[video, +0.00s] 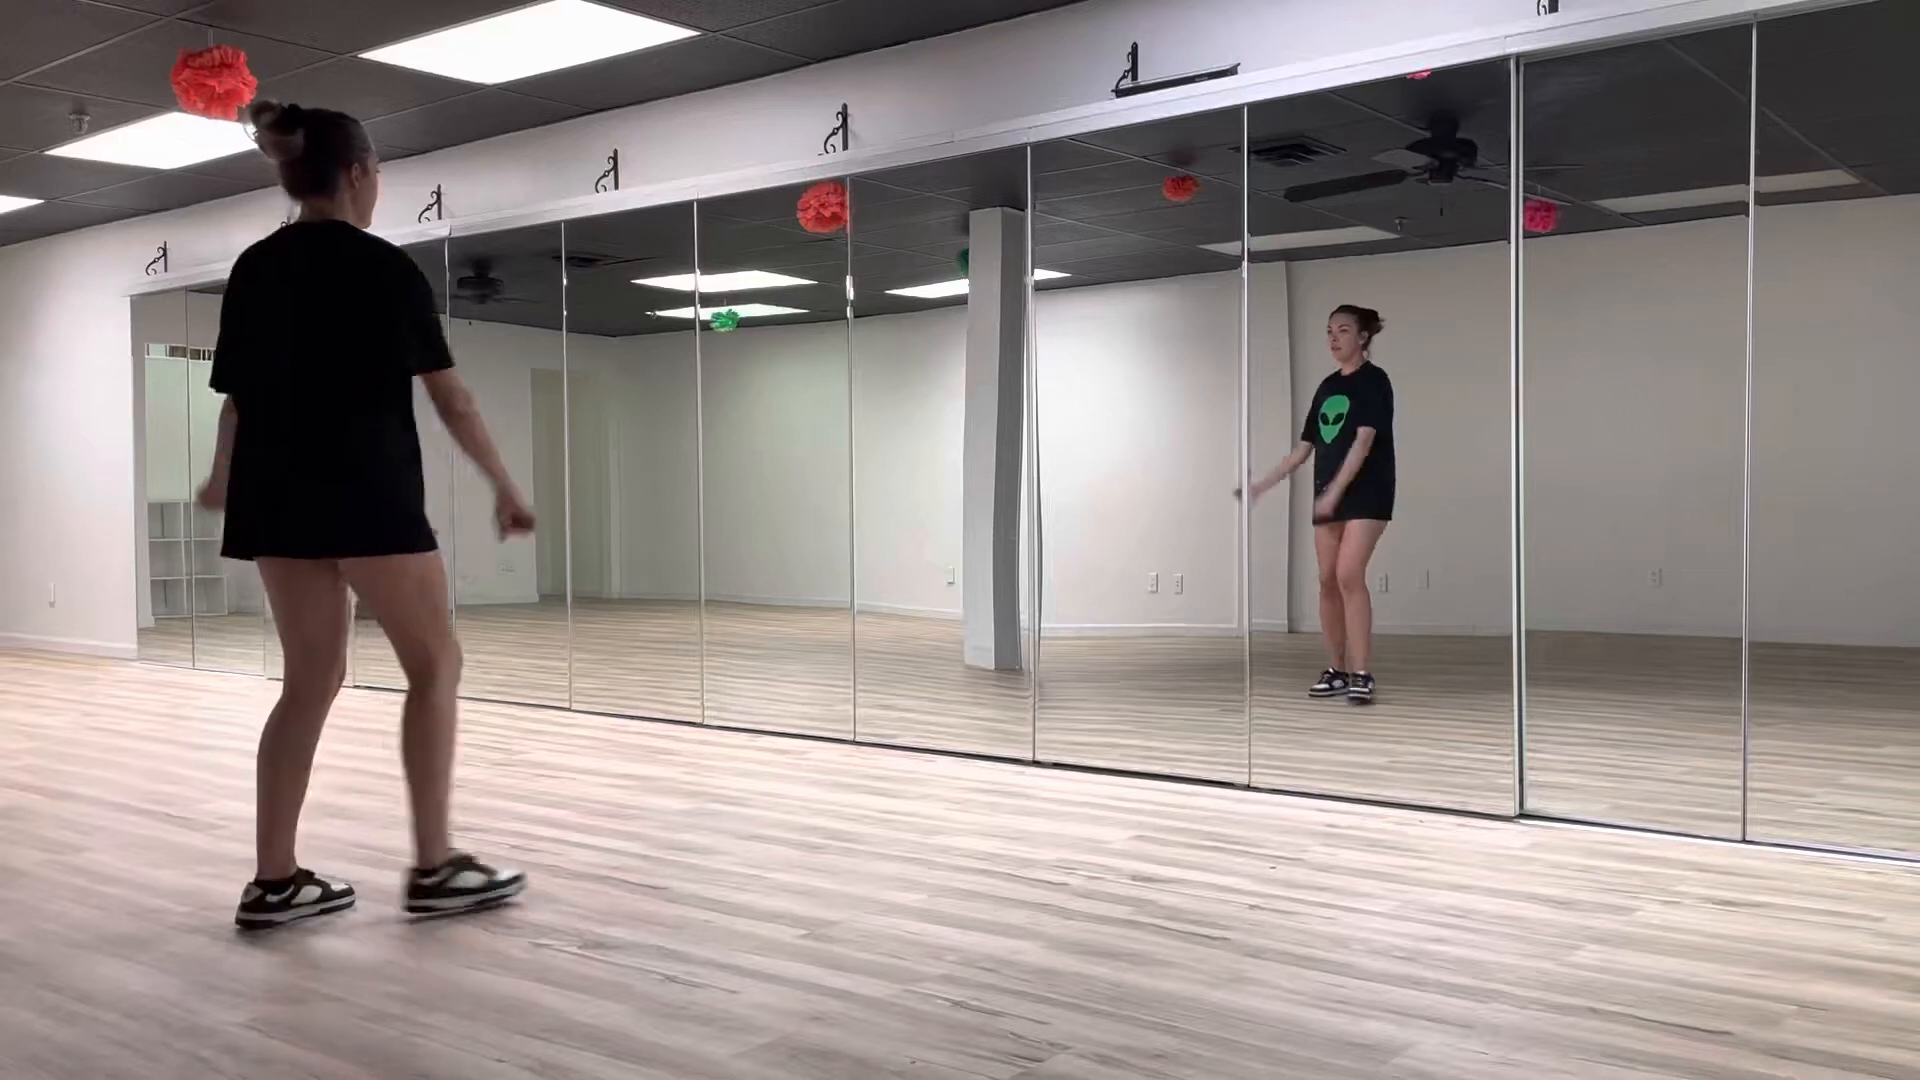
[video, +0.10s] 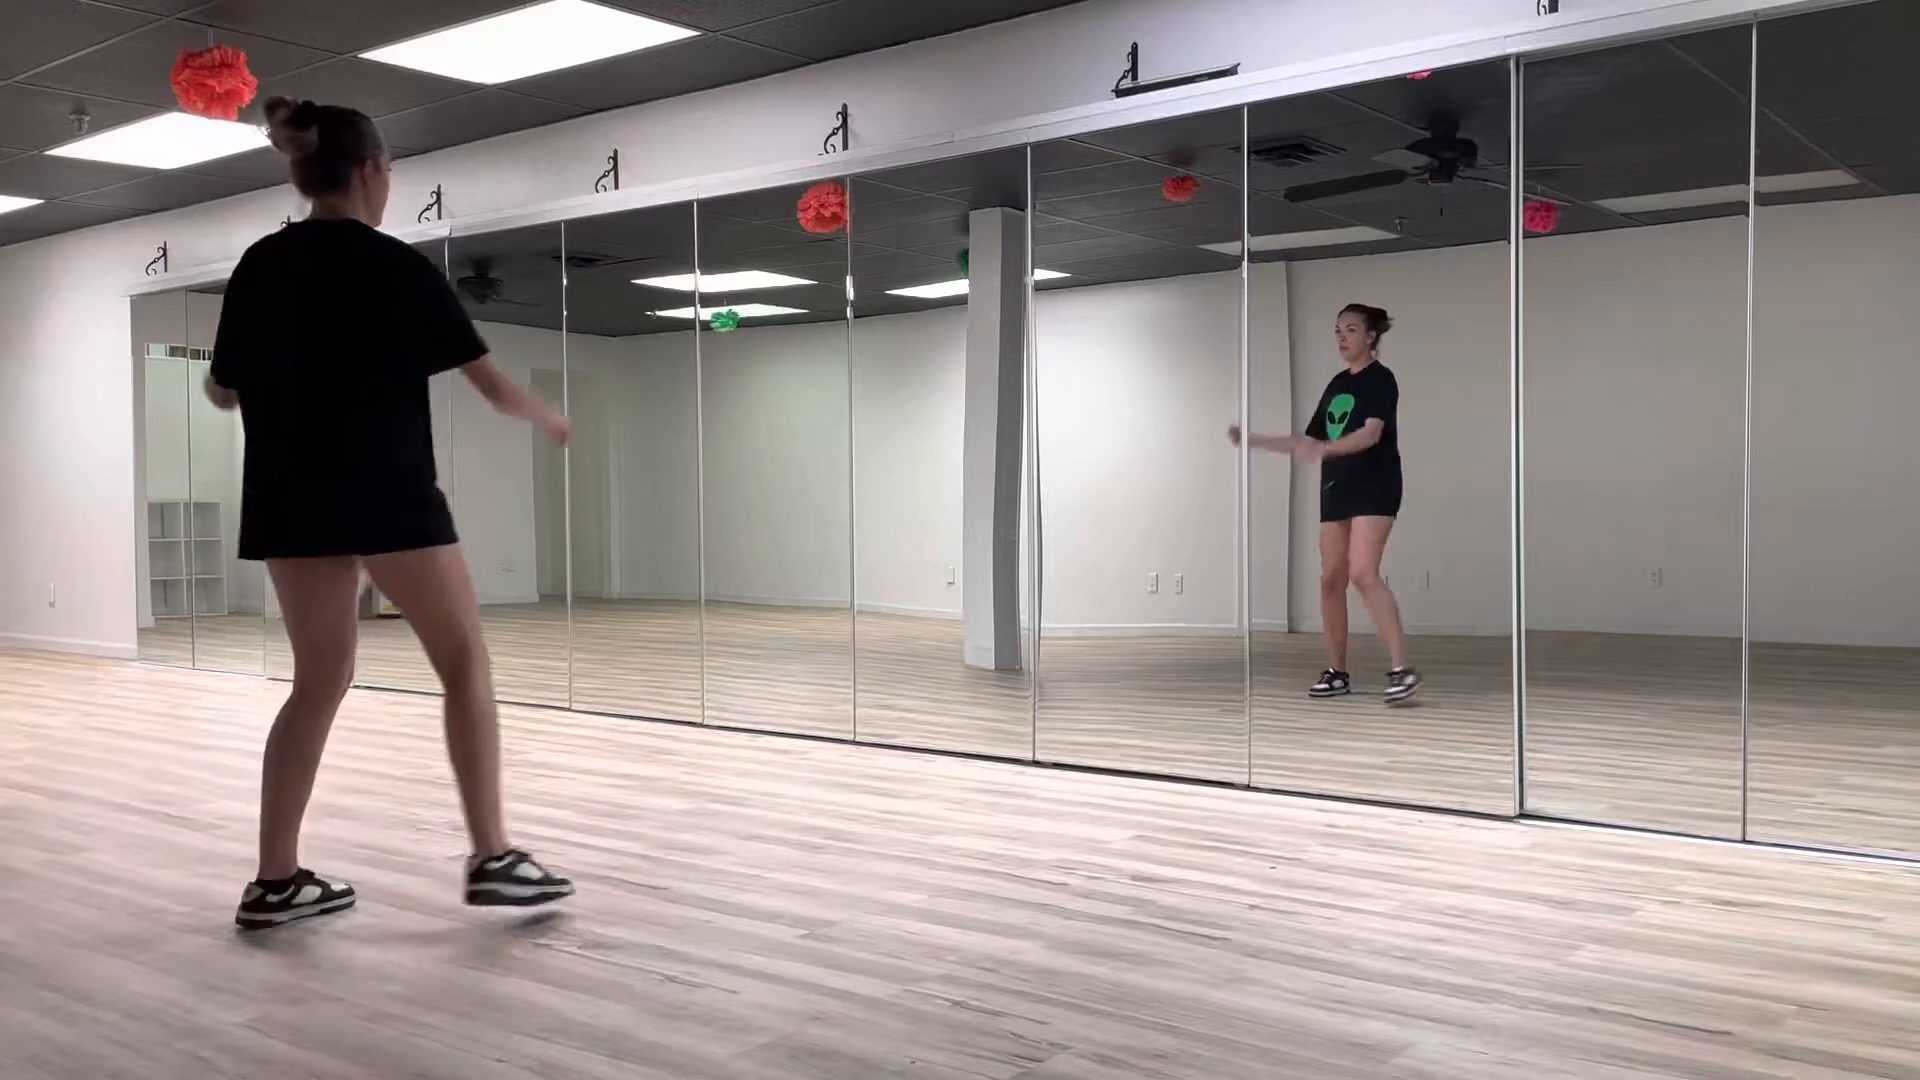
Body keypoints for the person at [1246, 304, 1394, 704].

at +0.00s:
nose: (1335, 338)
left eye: (1343, 331)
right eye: (1331, 332)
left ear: (1363, 336)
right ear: (1328, 339)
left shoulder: (1375, 381)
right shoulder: (1327, 387)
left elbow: (1363, 443)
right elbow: (1302, 449)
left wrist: (1333, 491)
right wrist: (1264, 482)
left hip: (1368, 491)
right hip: (1329, 491)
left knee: (1350, 576)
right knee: (1328, 579)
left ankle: (1361, 674)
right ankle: (1337, 671)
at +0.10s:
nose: (1343, 338)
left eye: (1351, 331)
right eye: (1339, 332)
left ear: (1372, 336)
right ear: (1337, 338)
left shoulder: (1381, 379)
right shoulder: (1337, 385)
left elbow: (1371, 434)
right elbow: (1308, 443)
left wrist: (1326, 449)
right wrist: (1253, 439)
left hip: (1375, 487)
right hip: (1336, 489)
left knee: (1364, 574)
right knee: (1332, 580)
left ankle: (1400, 670)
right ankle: (1338, 673)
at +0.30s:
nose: (1364, 341)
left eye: (1372, 333)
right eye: (1360, 335)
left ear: (1393, 338)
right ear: (1359, 340)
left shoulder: (1399, 375)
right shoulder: (1371, 384)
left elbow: (1422, 399)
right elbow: (1358, 418)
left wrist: (1367, 383)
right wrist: (1326, 394)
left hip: (1397, 490)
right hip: (1366, 493)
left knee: (1412, 580)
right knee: (1333, 580)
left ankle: (1482, 663)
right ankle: (1341, 673)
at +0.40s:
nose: (1376, 350)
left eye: (1384, 343)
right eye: (1372, 345)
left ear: (1405, 348)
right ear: (1371, 351)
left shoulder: (1417, 383)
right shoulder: (1384, 393)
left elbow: (1456, 387)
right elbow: (1378, 404)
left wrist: (1403, 386)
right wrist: (1361, 403)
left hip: (1416, 500)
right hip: (1386, 505)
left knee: (1441, 588)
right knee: (1338, 581)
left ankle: (1506, 673)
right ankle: (1343, 676)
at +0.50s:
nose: (1385, 365)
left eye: (1393, 357)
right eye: (1381, 358)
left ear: (1415, 361)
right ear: (1381, 363)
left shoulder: (1425, 396)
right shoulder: (1397, 404)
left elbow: (1475, 393)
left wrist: (1425, 403)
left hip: (1432, 515)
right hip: (1404, 519)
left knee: (1451, 601)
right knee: (1347, 584)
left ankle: (1518, 678)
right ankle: (1344, 676)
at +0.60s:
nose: (1389, 372)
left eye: (1398, 364)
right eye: (1386, 365)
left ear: (1419, 369)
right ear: (1385, 370)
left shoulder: (1433, 404)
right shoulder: (1402, 412)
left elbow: (1483, 408)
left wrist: (1432, 429)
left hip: (1440, 524)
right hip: (1410, 527)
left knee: (1453, 607)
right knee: (1349, 585)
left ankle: (1520, 681)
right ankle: (1346, 676)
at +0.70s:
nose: (1387, 370)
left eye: (1396, 362)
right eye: (1384, 363)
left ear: (1418, 367)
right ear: (1382, 368)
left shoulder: (1431, 405)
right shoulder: (1396, 411)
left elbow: (1475, 425)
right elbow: (1412, 454)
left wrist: (1431, 459)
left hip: (1437, 524)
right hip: (1403, 527)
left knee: (1452, 605)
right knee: (1343, 587)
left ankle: (1521, 681)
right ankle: (1347, 677)